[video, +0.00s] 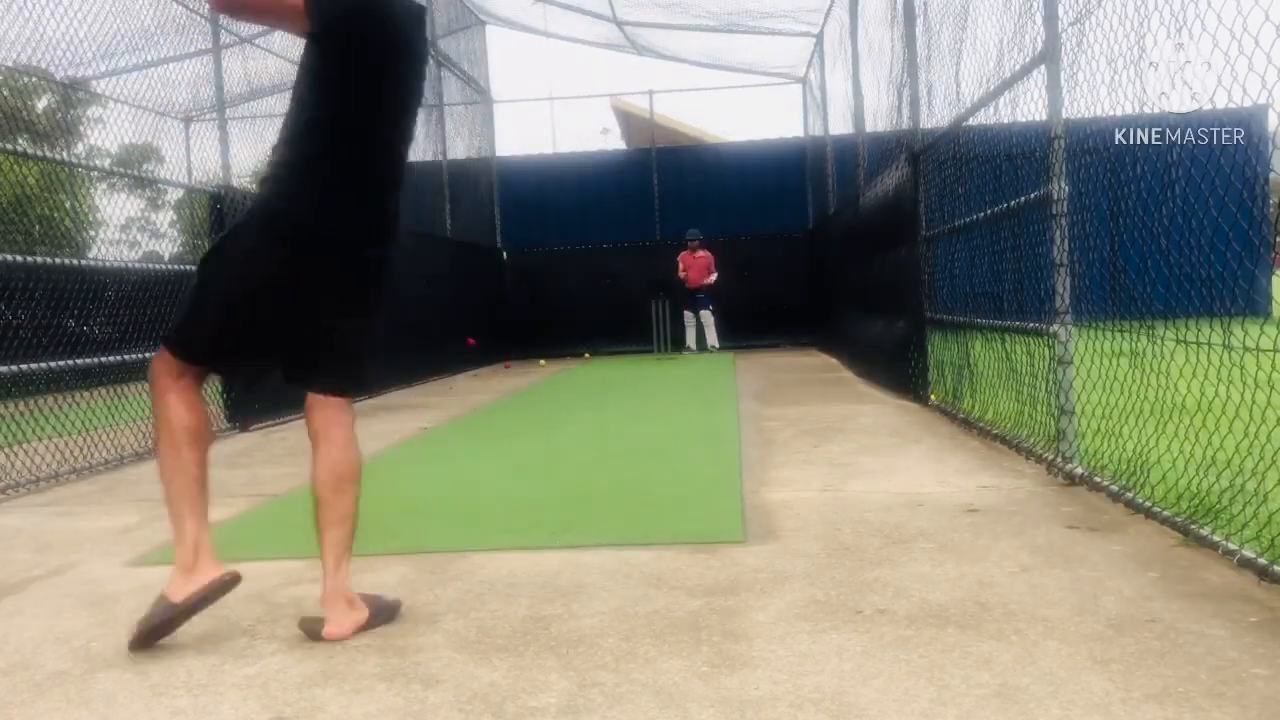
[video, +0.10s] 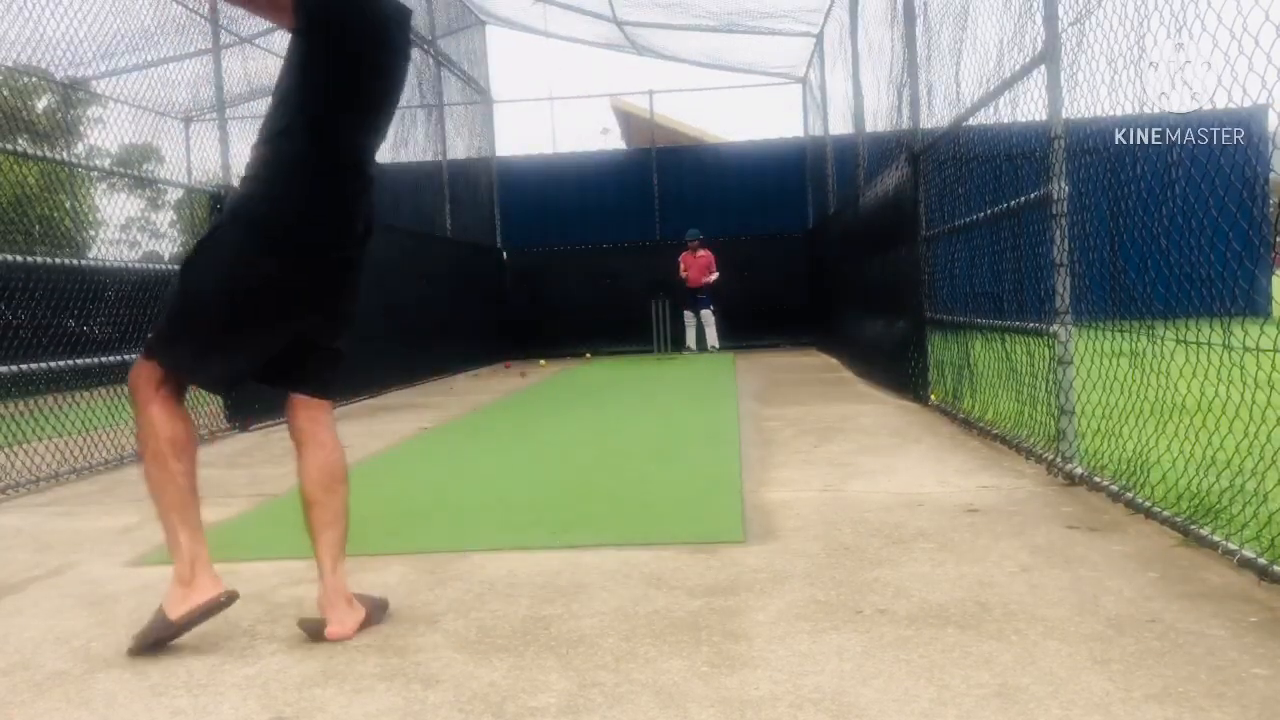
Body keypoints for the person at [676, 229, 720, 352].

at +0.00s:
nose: (692, 243)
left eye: (694, 241)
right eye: (689, 241)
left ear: (699, 241)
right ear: (687, 242)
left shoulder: (707, 255)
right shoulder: (682, 256)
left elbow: (713, 272)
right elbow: (680, 272)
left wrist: (711, 279)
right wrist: (684, 275)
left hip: (702, 289)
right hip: (688, 290)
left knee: (706, 316)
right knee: (689, 318)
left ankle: (713, 345)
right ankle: (690, 346)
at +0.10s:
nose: (691, 244)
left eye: (693, 241)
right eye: (689, 242)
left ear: (699, 241)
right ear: (687, 242)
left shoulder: (707, 255)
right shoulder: (684, 256)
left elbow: (715, 272)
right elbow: (681, 272)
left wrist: (710, 278)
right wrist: (686, 275)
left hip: (703, 288)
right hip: (689, 289)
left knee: (706, 316)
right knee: (689, 318)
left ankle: (712, 345)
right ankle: (690, 346)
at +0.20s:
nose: (692, 244)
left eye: (694, 241)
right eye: (690, 242)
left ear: (699, 241)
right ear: (687, 243)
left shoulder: (708, 255)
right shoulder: (684, 257)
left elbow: (716, 272)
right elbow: (682, 272)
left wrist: (711, 278)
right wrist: (686, 275)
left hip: (704, 288)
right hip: (690, 289)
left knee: (707, 316)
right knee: (689, 318)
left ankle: (713, 345)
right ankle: (690, 346)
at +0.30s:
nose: (693, 244)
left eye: (695, 241)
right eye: (691, 242)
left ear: (700, 241)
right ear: (689, 243)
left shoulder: (710, 255)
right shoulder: (686, 257)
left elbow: (717, 272)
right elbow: (683, 272)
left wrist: (712, 278)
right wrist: (687, 275)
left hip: (705, 287)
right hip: (691, 288)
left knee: (707, 315)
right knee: (690, 317)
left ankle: (713, 345)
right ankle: (691, 346)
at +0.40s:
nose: (693, 246)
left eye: (695, 243)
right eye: (691, 243)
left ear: (701, 241)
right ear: (690, 243)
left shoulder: (712, 255)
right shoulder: (688, 257)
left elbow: (719, 272)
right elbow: (686, 272)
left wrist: (713, 279)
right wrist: (689, 276)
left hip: (707, 288)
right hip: (693, 288)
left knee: (709, 315)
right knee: (691, 316)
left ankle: (713, 345)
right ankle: (691, 346)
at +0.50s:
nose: (694, 246)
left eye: (695, 243)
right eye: (692, 244)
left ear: (702, 242)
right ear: (691, 244)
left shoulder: (713, 254)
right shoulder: (690, 257)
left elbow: (722, 272)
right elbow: (688, 272)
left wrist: (713, 279)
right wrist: (692, 276)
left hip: (708, 288)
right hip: (696, 288)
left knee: (710, 314)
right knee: (691, 314)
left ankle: (713, 345)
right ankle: (691, 346)